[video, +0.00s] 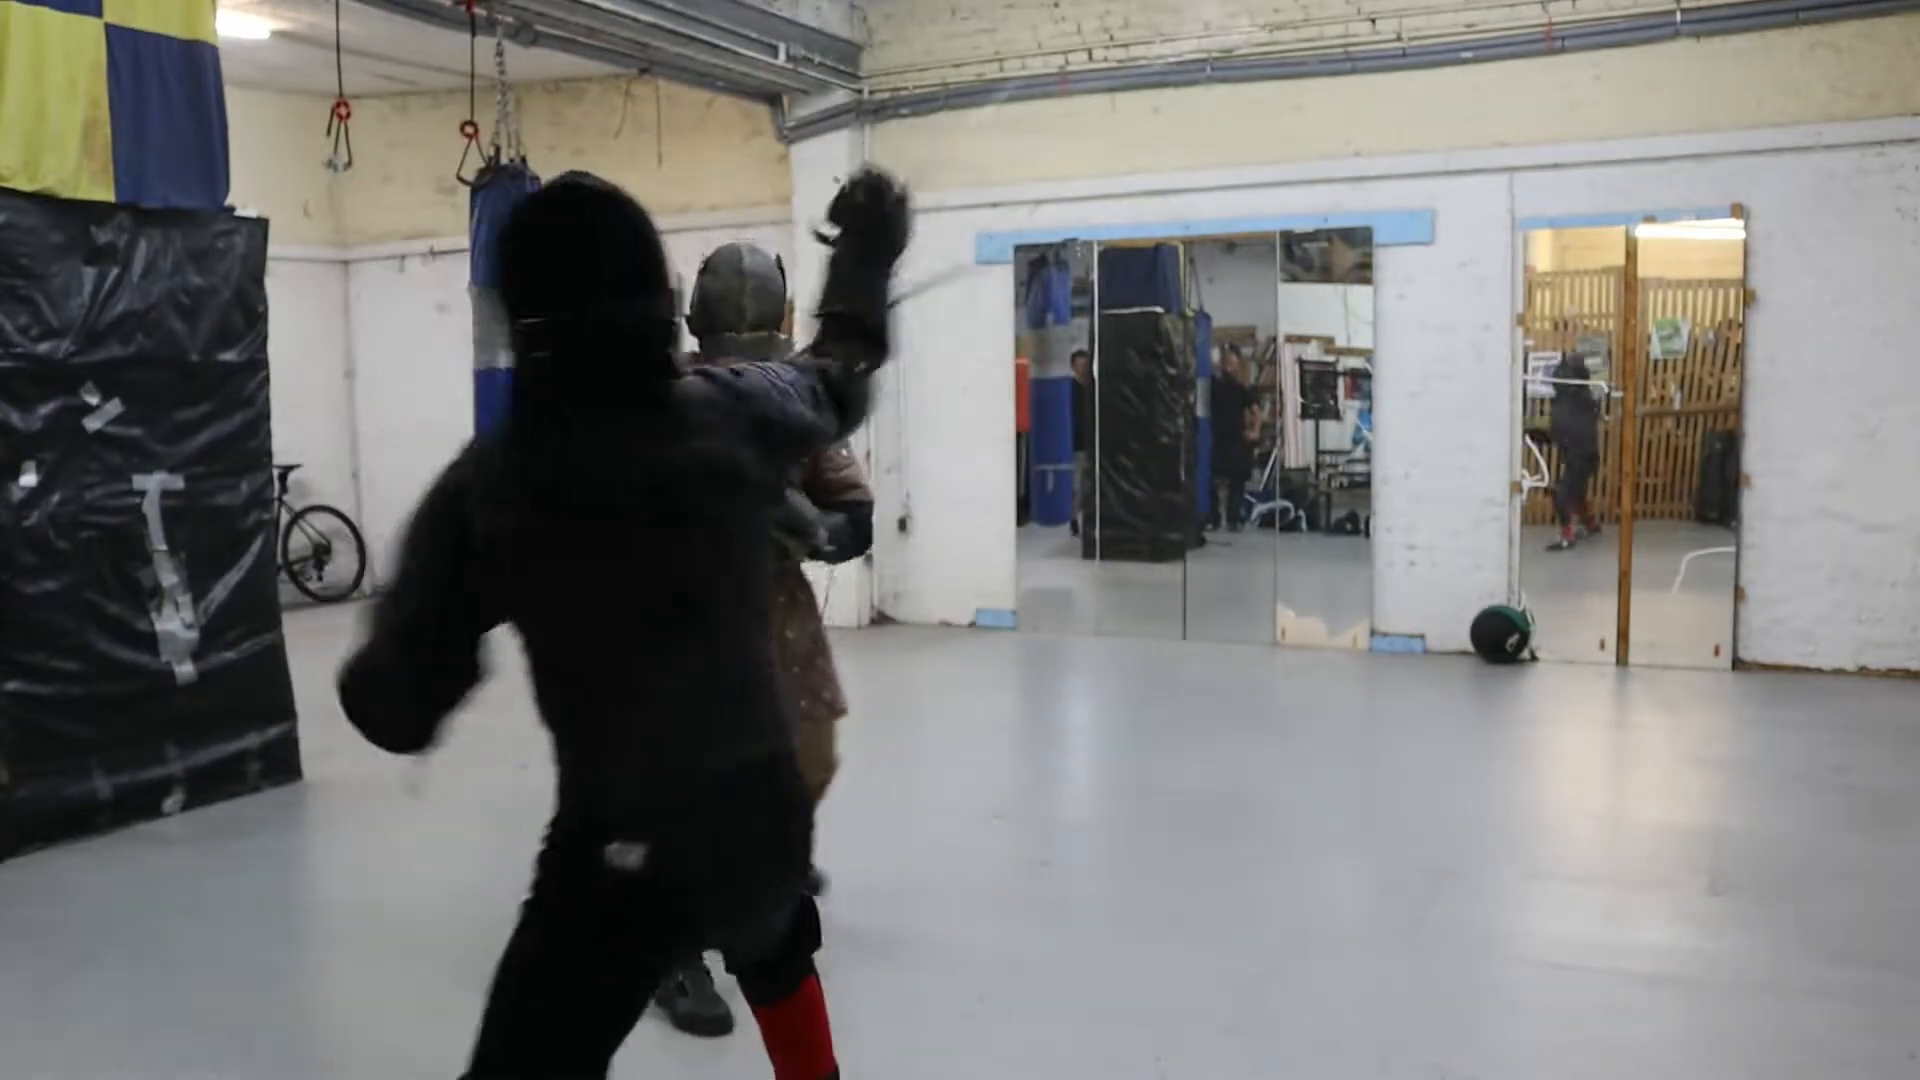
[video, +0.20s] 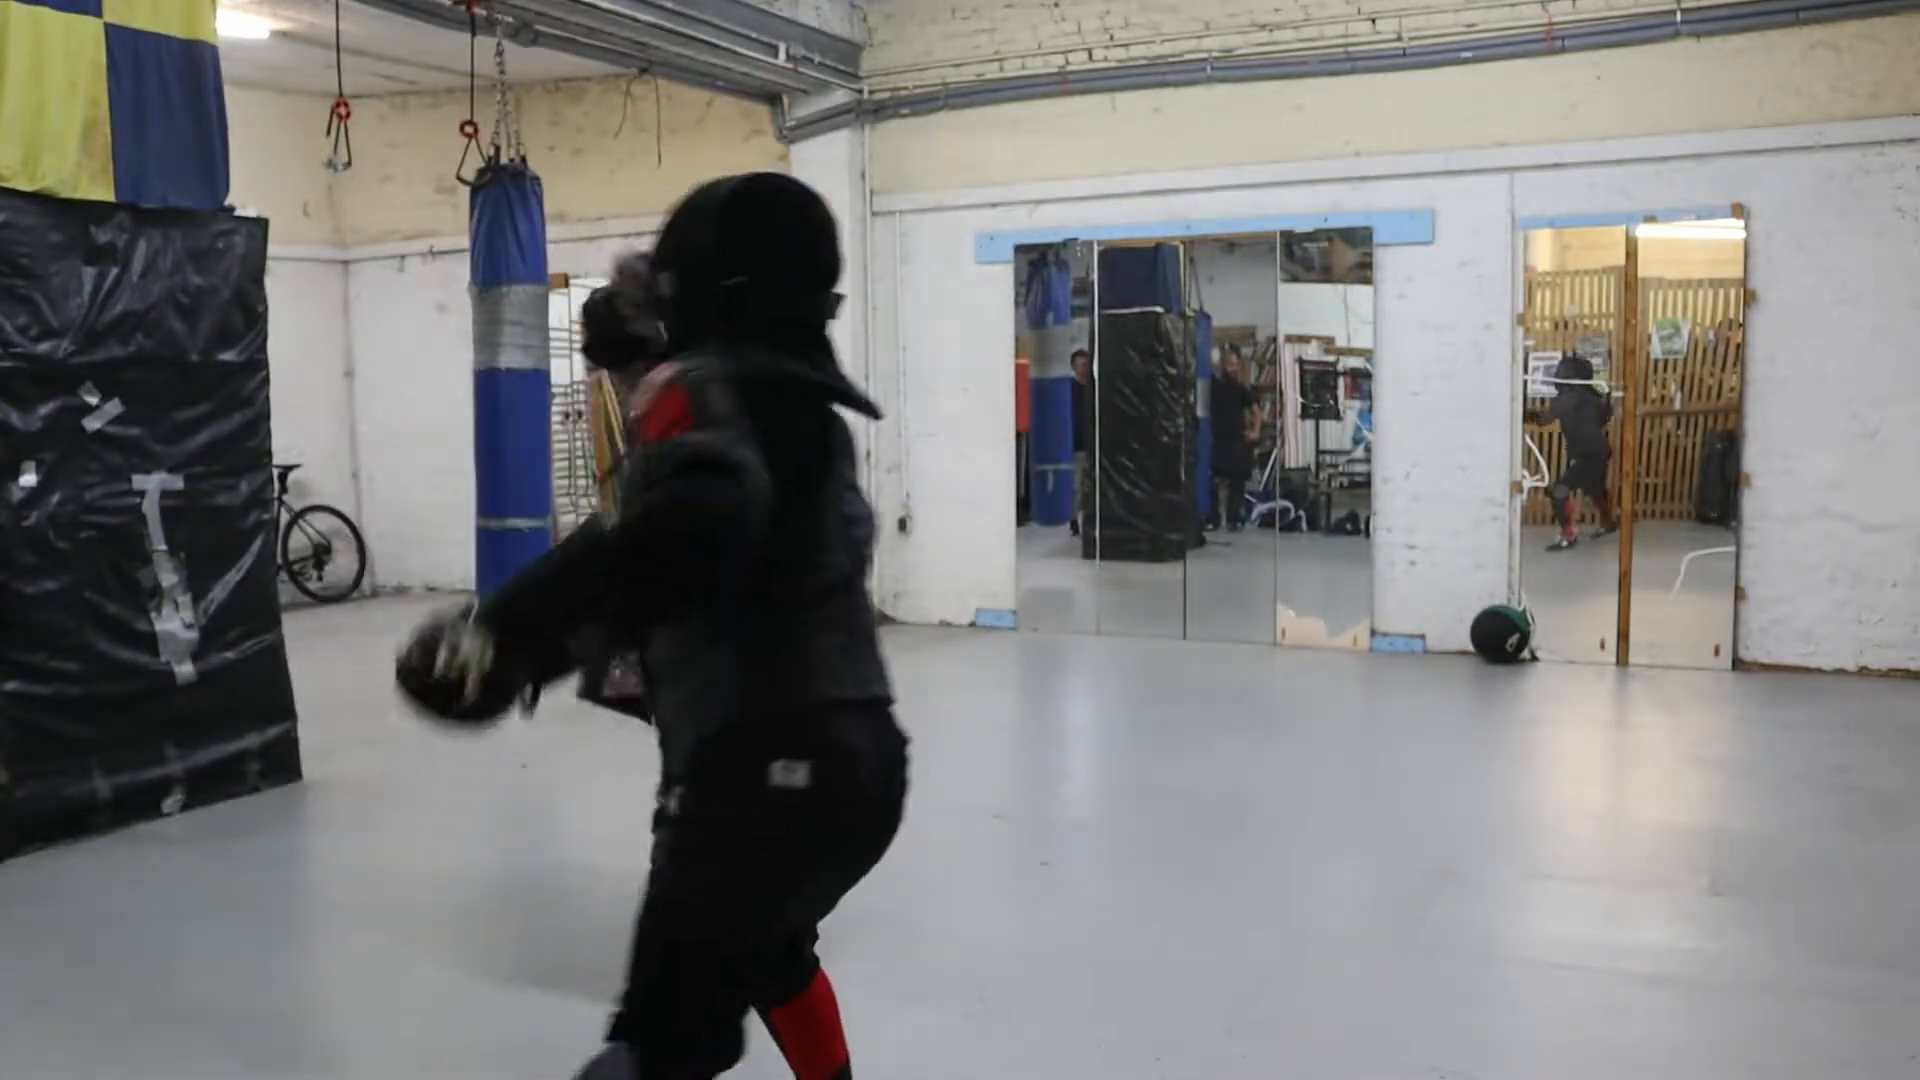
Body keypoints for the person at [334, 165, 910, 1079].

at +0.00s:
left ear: (520, 320)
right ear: (658, 299)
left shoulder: (491, 487)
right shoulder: (729, 420)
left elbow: (390, 709)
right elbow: (838, 377)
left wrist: (440, 595)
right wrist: (862, 259)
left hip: (617, 844)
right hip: (760, 806)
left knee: (521, 1067)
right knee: (780, 977)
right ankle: (811, 1069)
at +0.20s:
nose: (655, 286)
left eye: (671, 266)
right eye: (659, 266)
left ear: (707, 280)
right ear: (797, 286)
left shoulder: (697, 390)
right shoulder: (805, 404)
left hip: (757, 769)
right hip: (849, 752)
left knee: (664, 1037)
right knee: (770, 946)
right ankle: (827, 1066)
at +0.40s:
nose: (751, 287)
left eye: (762, 267)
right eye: (754, 267)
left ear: (797, 271)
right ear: (896, 270)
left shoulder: (810, 397)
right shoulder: (915, 404)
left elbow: (724, 559)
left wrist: (552, 554)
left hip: (884, 768)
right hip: (927, 758)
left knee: (867, 1031)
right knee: (785, 920)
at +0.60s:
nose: (819, 302)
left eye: (826, 276)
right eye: (820, 276)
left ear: (863, 277)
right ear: (979, 264)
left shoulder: (855, 418)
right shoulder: (1049, 404)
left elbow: (792, 625)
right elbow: (1125, 592)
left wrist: (728, 677)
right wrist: (1020, 647)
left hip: (982, 800)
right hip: (1092, 781)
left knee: (1046, 1045)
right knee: (912, 938)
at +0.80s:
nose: (881, 293)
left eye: (886, 267)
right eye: (878, 268)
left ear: (923, 262)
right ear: (1042, 244)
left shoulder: (927, 413)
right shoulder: (1129, 385)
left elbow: (885, 674)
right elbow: (1220, 551)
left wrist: (785, 643)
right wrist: (1111, 620)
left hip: (1063, 791)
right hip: (1165, 769)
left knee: (1083, 1053)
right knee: (989, 931)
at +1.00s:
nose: (922, 268)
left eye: (928, 242)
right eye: (921, 242)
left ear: (962, 239)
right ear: (1080, 229)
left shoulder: (951, 371)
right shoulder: (1147, 361)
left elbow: (849, 589)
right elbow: (1198, 550)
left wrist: (794, 503)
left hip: (1072, 756)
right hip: (1168, 738)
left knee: (1129, 1038)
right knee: (1000, 929)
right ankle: (1055, 1068)